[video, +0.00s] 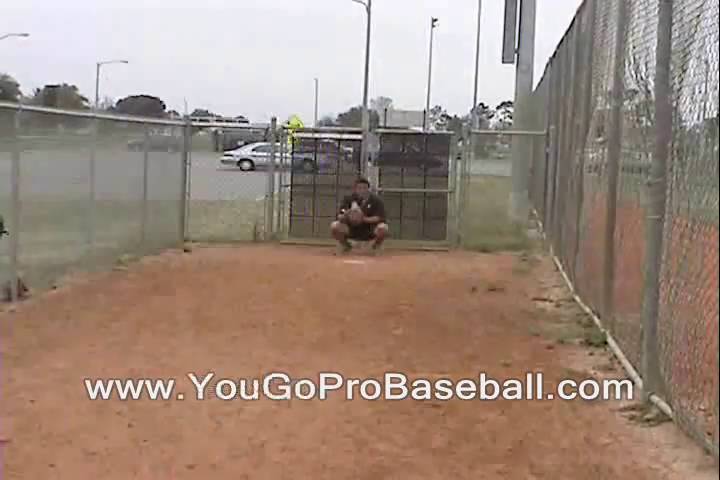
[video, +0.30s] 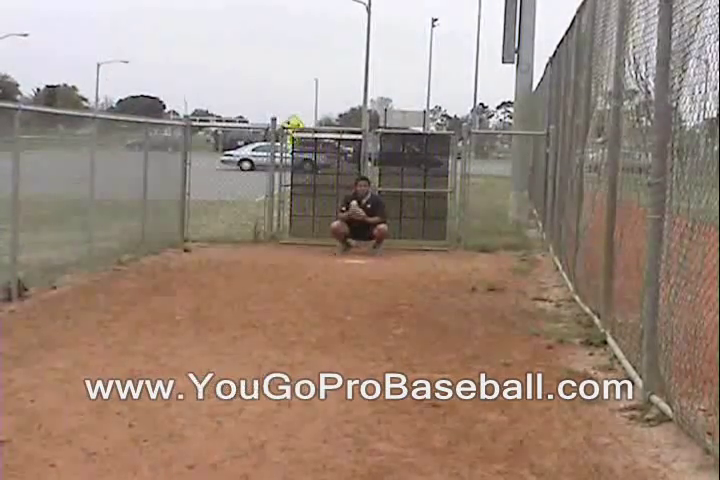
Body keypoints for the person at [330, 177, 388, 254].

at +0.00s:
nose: (362, 191)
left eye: (364, 188)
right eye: (359, 188)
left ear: (368, 189)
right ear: (355, 189)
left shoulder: (375, 201)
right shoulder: (348, 199)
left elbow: (380, 217)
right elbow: (339, 215)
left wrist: (364, 219)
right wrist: (347, 216)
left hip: (368, 227)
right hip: (352, 226)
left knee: (382, 228)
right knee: (335, 226)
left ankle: (376, 246)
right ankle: (346, 245)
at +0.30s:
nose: (362, 189)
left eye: (365, 186)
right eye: (360, 186)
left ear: (369, 188)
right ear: (355, 188)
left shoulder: (376, 200)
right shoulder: (349, 199)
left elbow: (381, 218)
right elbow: (339, 215)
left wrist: (364, 218)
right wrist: (349, 214)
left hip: (368, 227)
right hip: (352, 227)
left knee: (382, 229)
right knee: (336, 226)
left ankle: (376, 245)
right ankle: (345, 244)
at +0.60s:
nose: (363, 187)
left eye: (365, 184)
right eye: (360, 184)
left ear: (369, 186)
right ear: (355, 186)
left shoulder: (375, 200)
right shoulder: (347, 198)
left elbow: (380, 216)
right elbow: (338, 214)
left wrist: (367, 220)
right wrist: (348, 218)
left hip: (366, 226)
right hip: (350, 226)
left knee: (380, 230)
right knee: (335, 227)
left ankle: (376, 245)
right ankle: (345, 245)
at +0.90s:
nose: (362, 187)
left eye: (365, 184)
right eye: (360, 184)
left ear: (369, 186)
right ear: (355, 186)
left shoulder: (374, 201)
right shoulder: (347, 199)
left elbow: (380, 217)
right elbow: (339, 214)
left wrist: (365, 219)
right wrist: (348, 217)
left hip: (366, 227)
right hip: (350, 226)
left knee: (379, 231)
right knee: (334, 227)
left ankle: (377, 245)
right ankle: (345, 245)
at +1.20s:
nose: (362, 187)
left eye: (364, 185)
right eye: (359, 185)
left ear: (368, 187)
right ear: (355, 186)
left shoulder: (373, 201)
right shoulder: (348, 199)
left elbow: (380, 217)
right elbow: (339, 213)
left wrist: (366, 217)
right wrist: (346, 217)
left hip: (365, 227)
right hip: (350, 226)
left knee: (377, 231)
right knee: (334, 227)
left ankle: (376, 245)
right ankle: (345, 245)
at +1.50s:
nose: (362, 187)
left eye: (365, 184)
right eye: (359, 184)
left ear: (368, 186)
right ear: (355, 186)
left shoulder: (374, 200)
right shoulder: (348, 198)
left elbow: (380, 218)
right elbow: (338, 215)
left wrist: (364, 212)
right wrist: (343, 210)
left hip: (366, 226)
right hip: (351, 226)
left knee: (375, 231)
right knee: (334, 226)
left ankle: (376, 245)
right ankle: (346, 245)